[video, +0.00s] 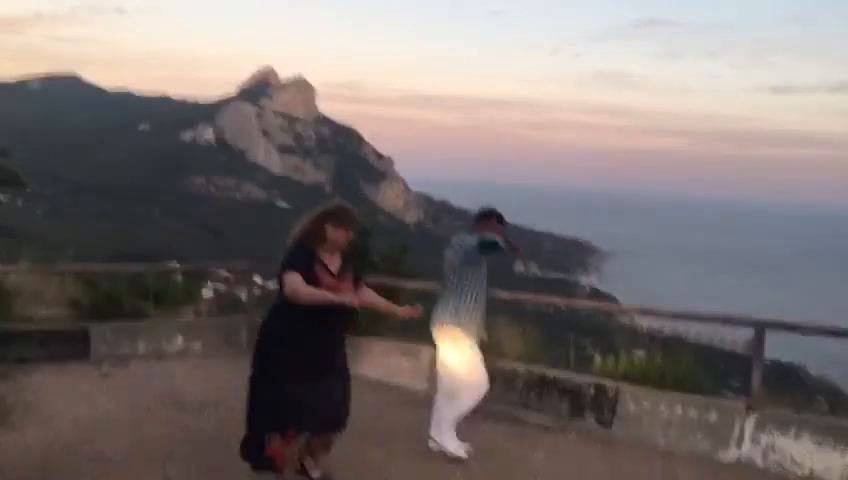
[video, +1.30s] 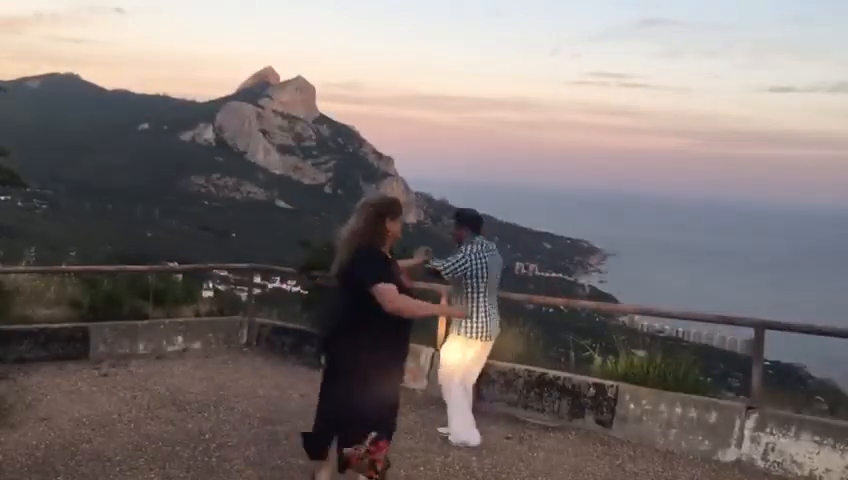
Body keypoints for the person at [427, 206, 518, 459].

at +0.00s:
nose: (497, 236)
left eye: (499, 232)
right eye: (496, 230)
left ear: (481, 226)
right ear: (484, 224)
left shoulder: (472, 248)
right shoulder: (461, 242)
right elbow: (487, 246)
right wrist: (503, 243)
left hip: (459, 327)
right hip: (453, 326)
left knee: (449, 385)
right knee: (477, 383)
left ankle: (439, 435)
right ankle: (443, 429)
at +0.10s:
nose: (501, 232)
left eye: (503, 228)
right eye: (499, 227)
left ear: (482, 221)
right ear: (487, 222)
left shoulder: (461, 246)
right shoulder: (472, 241)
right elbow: (499, 242)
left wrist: (483, 322)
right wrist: (511, 244)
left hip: (449, 323)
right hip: (465, 326)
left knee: (448, 385)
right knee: (483, 384)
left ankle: (441, 437)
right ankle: (470, 439)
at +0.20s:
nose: (506, 228)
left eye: (506, 224)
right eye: (503, 223)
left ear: (482, 221)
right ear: (489, 220)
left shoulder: (458, 247)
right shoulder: (486, 241)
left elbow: (444, 272)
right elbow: (517, 242)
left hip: (452, 326)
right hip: (476, 325)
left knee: (453, 384)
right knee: (485, 386)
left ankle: (442, 437)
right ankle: (478, 444)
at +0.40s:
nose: (509, 228)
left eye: (509, 223)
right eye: (506, 223)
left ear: (483, 222)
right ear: (495, 222)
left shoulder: (461, 247)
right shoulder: (496, 244)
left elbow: (448, 270)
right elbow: (537, 245)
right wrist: (529, 265)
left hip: (461, 324)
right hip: (488, 324)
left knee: (470, 380)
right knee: (490, 383)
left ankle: (463, 436)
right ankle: (478, 444)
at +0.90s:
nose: (492, 229)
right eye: (491, 226)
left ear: (465, 229)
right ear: (489, 228)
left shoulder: (455, 250)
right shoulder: (503, 248)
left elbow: (417, 264)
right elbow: (539, 266)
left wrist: (397, 261)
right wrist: (554, 279)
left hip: (464, 327)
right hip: (497, 326)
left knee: (461, 381)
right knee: (495, 379)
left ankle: (467, 438)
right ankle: (494, 435)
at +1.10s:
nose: (455, 231)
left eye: (457, 227)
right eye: (456, 227)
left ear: (462, 228)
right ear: (482, 228)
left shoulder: (458, 251)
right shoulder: (500, 249)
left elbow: (428, 266)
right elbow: (524, 272)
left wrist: (411, 257)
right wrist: (531, 271)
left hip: (464, 330)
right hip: (493, 328)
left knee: (456, 379)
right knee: (476, 374)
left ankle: (466, 438)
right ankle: (485, 427)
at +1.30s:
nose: (454, 232)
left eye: (457, 228)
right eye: (456, 227)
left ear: (465, 229)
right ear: (477, 229)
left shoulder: (469, 253)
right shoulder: (492, 250)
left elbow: (443, 269)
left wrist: (427, 261)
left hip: (468, 327)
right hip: (487, 327)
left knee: (449, 376)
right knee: (464, 378)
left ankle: (465, 433)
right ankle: (459, 423)